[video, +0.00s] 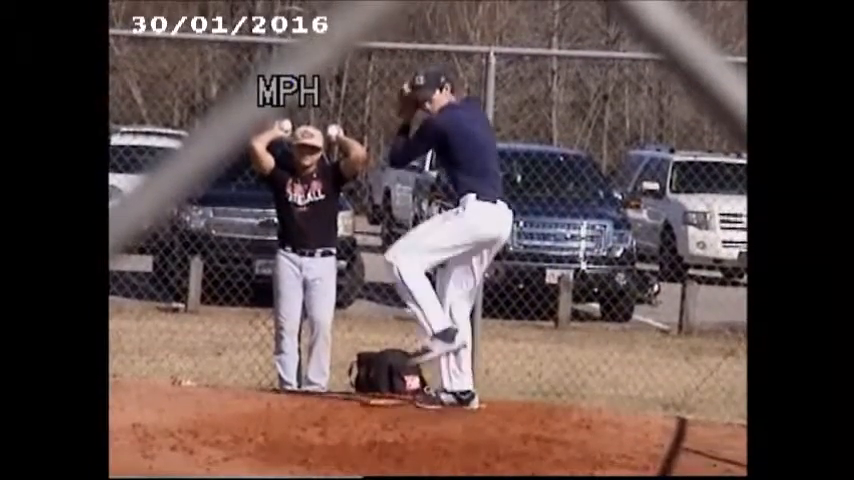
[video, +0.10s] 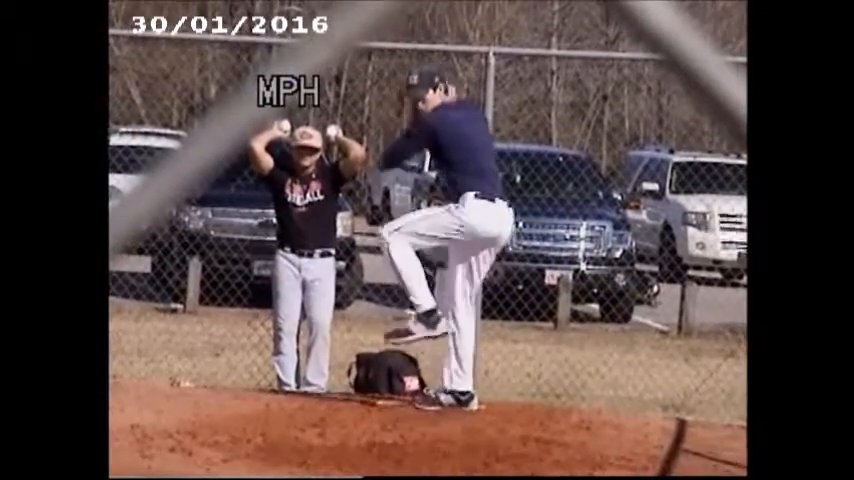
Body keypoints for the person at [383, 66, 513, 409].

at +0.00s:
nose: (424, 106)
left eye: (426, 100)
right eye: (421, 101)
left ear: (444, 90)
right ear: (448, 91)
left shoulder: (438, 122)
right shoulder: (474, 110)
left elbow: (398, 158)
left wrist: (406, 119)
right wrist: (420, 106)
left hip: (475, 212)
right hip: (499, 215)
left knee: (402, 255)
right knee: (457, 299)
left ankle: (440, 329)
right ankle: (459, 387)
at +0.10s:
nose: (417, 104)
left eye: (420, 97)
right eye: (415, 98)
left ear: (441, 90)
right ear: (446, 92)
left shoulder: (432, 120)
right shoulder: (473, 111)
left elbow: (389, 159)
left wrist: (416, 128)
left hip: (472, 212)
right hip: (500, 216)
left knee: (394, 234)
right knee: (461, 301)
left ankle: (427, 314)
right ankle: (459, 387)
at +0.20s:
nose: (416, 110)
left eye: (420, 103)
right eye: (414, 104)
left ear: (440, 97)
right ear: (444, 99)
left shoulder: (431, 127)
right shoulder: (472, 118)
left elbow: (388, 168)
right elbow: (484, 162)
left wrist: (411, 133)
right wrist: (450, 192)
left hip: (472, 216)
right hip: (503, 221)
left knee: (394, 236)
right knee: (458, 303)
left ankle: (402, 320)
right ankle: (460, 389)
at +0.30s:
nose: (420, 113)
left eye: (424, 106)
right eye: (418, 107)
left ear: (443, 102)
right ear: (444, 105)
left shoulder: (437, 131)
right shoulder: (469, 129)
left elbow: (392, 155)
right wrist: (446, 197)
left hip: (471, 221)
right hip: (500, 228)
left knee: (394, 252)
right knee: (445, 301)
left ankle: (368, 339)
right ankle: (457, 386)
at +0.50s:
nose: (418, 133)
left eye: (424, 128)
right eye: (417, 128)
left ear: (442, 128)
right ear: (444, 131)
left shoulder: (431, 154)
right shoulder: (466, 157)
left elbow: (393, 150)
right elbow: (488, 198)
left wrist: (359, 139)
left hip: (465, 247)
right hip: (490, 253)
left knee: (396, 297)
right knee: (428, 315)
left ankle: (343, 368)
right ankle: (454, 387)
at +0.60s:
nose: (416, 136)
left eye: (422, 131)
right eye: (415, 130)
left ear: (439, 131)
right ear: (443, 134)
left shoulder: (427, 158)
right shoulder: (468, 159)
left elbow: (397, 154)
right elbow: (498, 178)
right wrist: (476, 164)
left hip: (457, 258)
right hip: (478, 263)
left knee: (394, 308)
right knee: (422, 324)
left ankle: (369, 381)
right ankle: (452, 389)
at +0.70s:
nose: (417, 125)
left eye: (423, 119)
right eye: (417, 119)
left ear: (443, 120)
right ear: (442, 120)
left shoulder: (430, 146)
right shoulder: (470, 149)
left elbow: (430, 145)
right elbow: (510, 144)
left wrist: (443, 169)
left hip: (449, 253)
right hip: (457, 253)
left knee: (392, 309)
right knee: (420, 320)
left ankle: (401, 395)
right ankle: (442, 377)